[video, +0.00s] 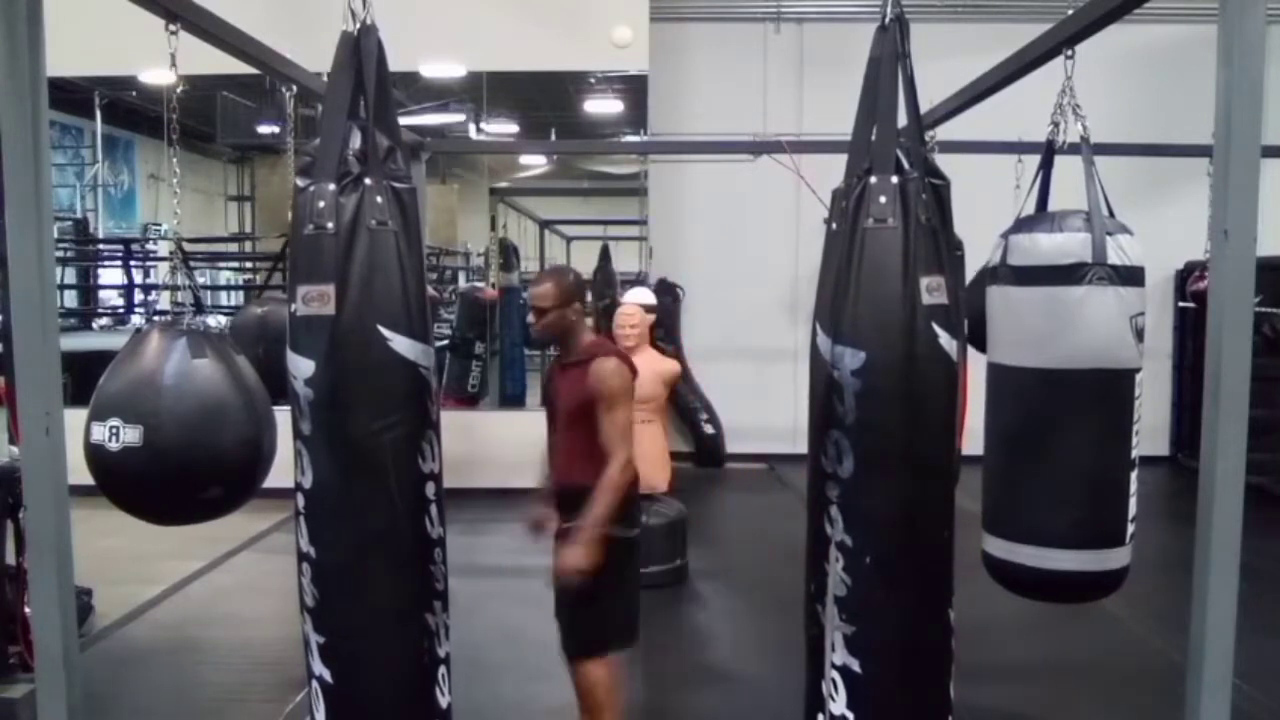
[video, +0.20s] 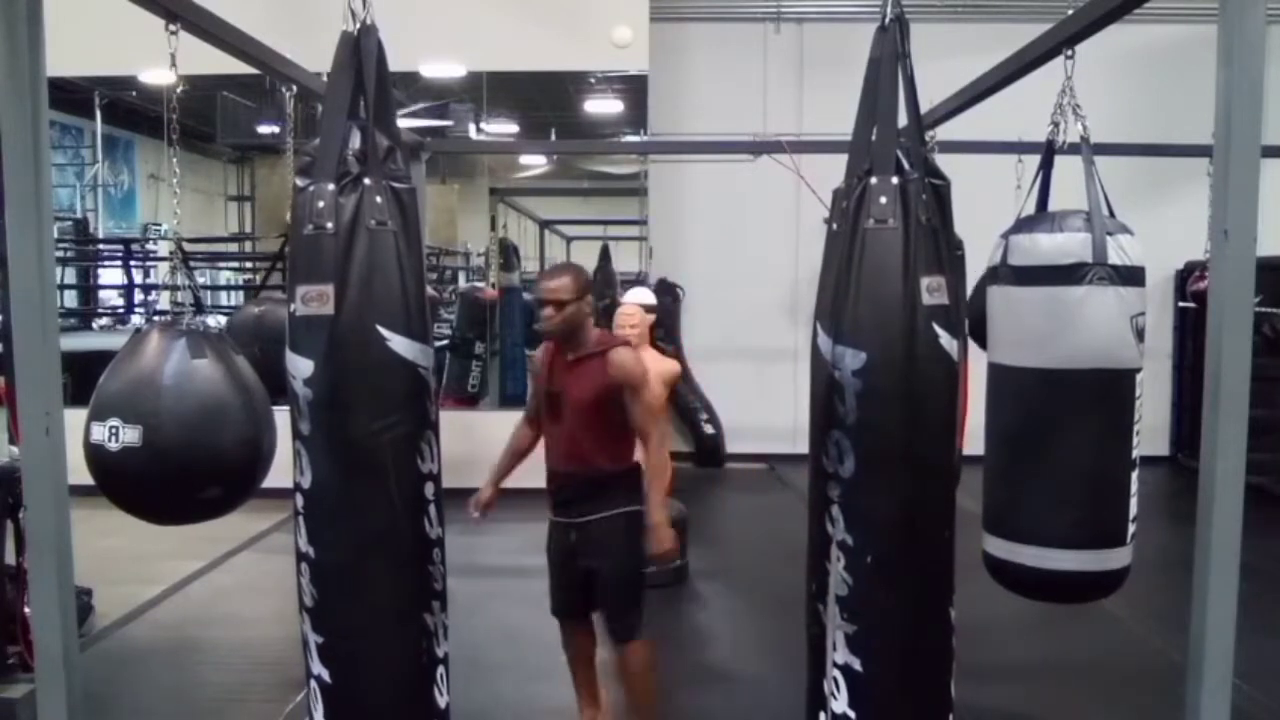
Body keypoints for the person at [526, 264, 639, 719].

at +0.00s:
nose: (533, 322)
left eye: (543, 312)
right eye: (531, 312)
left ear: (575, 308)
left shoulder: (607, 368)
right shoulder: (560, 366)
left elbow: (621, 461)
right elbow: (563, 441)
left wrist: (585, 537)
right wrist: (549, 498)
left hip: (605, 504)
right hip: (573, 502)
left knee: (590, 649)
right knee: (580, 645)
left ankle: (604, 715)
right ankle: (598, 713)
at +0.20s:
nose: (545, 313)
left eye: (556, 305)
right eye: (542, 304)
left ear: (585, 305)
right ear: (540, 304)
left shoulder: (623, 360)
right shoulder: (546, 357)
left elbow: (657, 440)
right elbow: (532, 424)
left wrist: (658, 517)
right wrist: (494, 481)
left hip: (616, 505)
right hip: (566, 507)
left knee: (625, 626)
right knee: (572, 618)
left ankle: (643, 713)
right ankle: (590, 709)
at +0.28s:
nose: (567, 307)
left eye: (578, 298)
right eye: (561, 299)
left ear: (604, 300)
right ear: (554, 302)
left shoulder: (635, 359)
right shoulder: (547, 356)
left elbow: (660, 437)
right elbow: (531, 422)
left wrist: (671, 511)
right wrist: (496, 483)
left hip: (623, 503)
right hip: (567, 505)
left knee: (641, 619)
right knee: (571, 615)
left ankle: (662, 708)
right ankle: (589, 708)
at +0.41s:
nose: (587, 305)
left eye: (599, 296)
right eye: (579, 296)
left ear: (618, 300)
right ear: (570, 300)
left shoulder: (647, 361)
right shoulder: (552, 358)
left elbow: (662, 436)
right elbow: (537, 424)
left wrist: (671, 509)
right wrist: (515, 489)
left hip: (631, 499)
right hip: (572, 501)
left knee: (650, 610)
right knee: (573, 612)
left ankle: (665, 698)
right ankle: (590, 708)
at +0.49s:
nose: (604, 309)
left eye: (615, 301)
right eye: (596, 300)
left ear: (631, 305)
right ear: (587, 304)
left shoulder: (660, 362)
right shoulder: (567, 361)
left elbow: (670, 435)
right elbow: (552, 428)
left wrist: (670, 509)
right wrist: (540, 496)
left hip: (641, 494)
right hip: (582, 494)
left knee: (652, 608)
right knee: (565, 608)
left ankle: (657, 694)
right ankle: (588, 706)